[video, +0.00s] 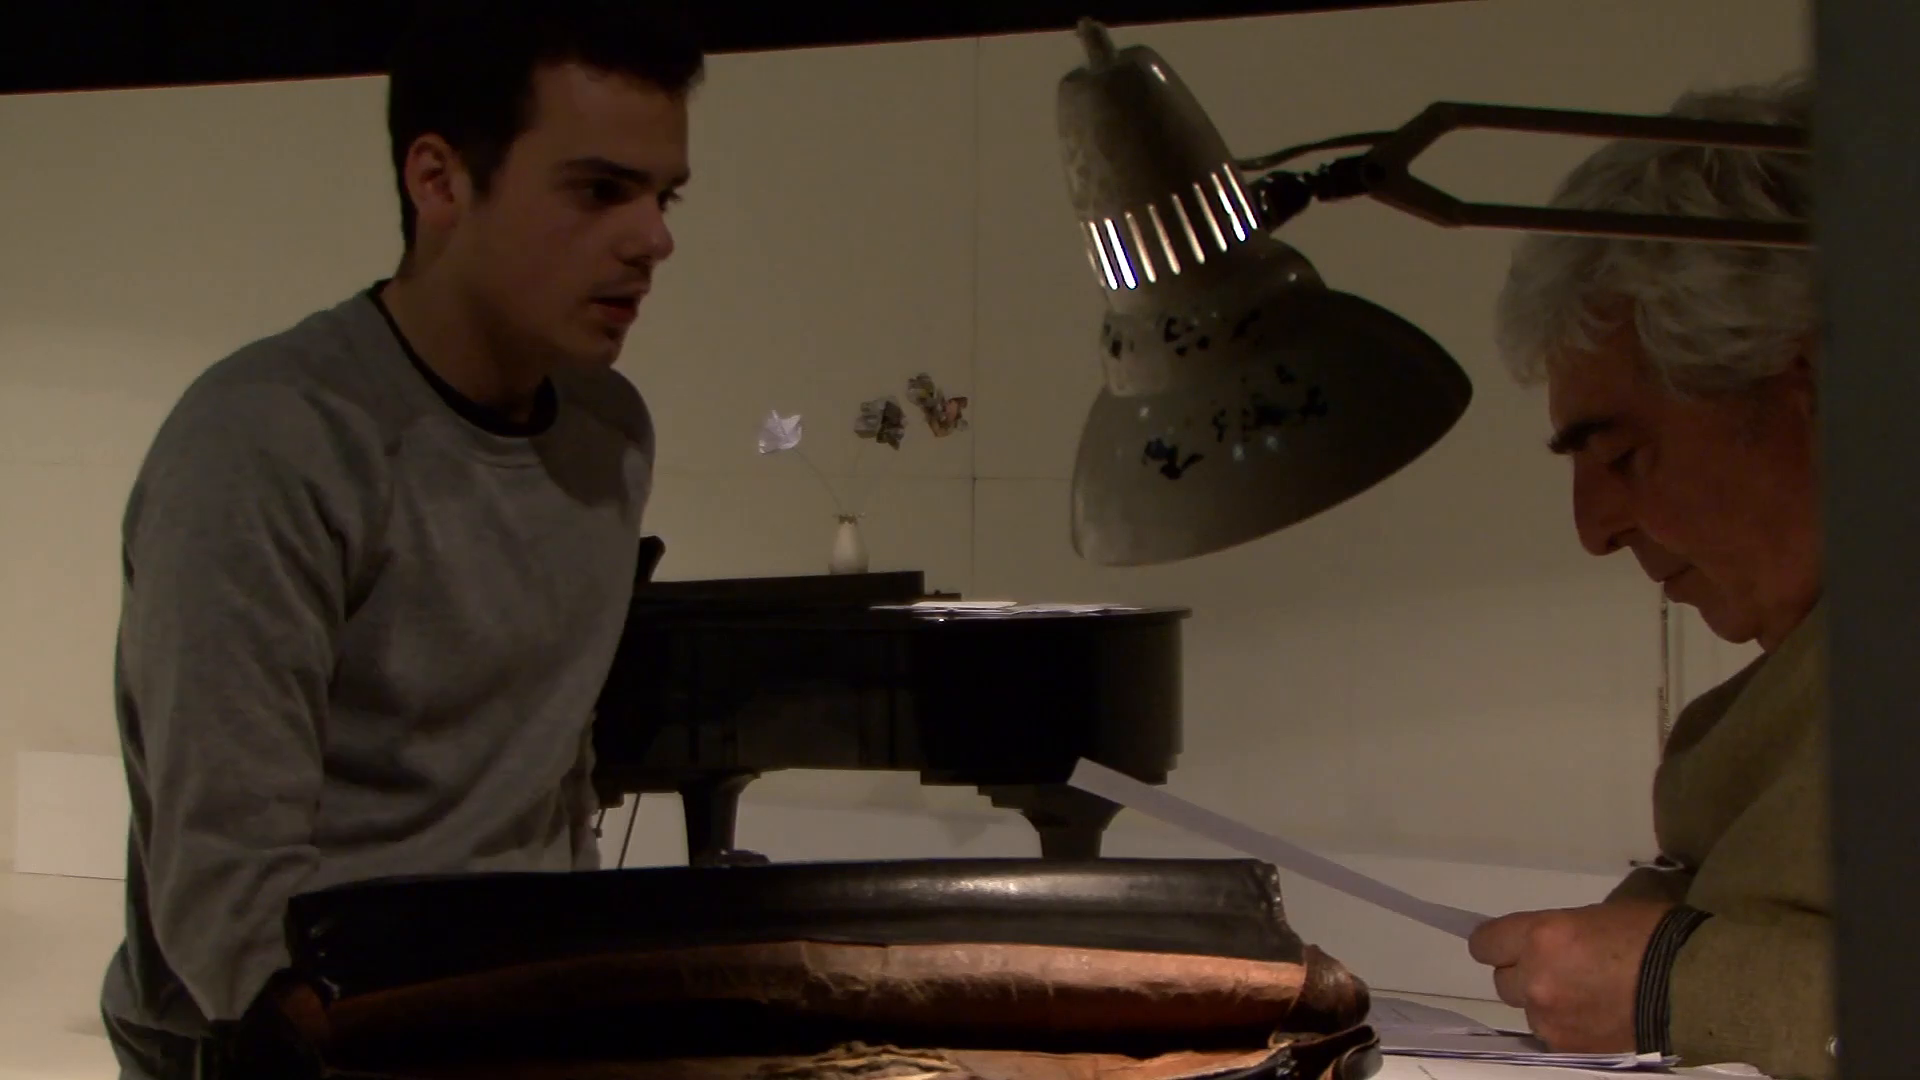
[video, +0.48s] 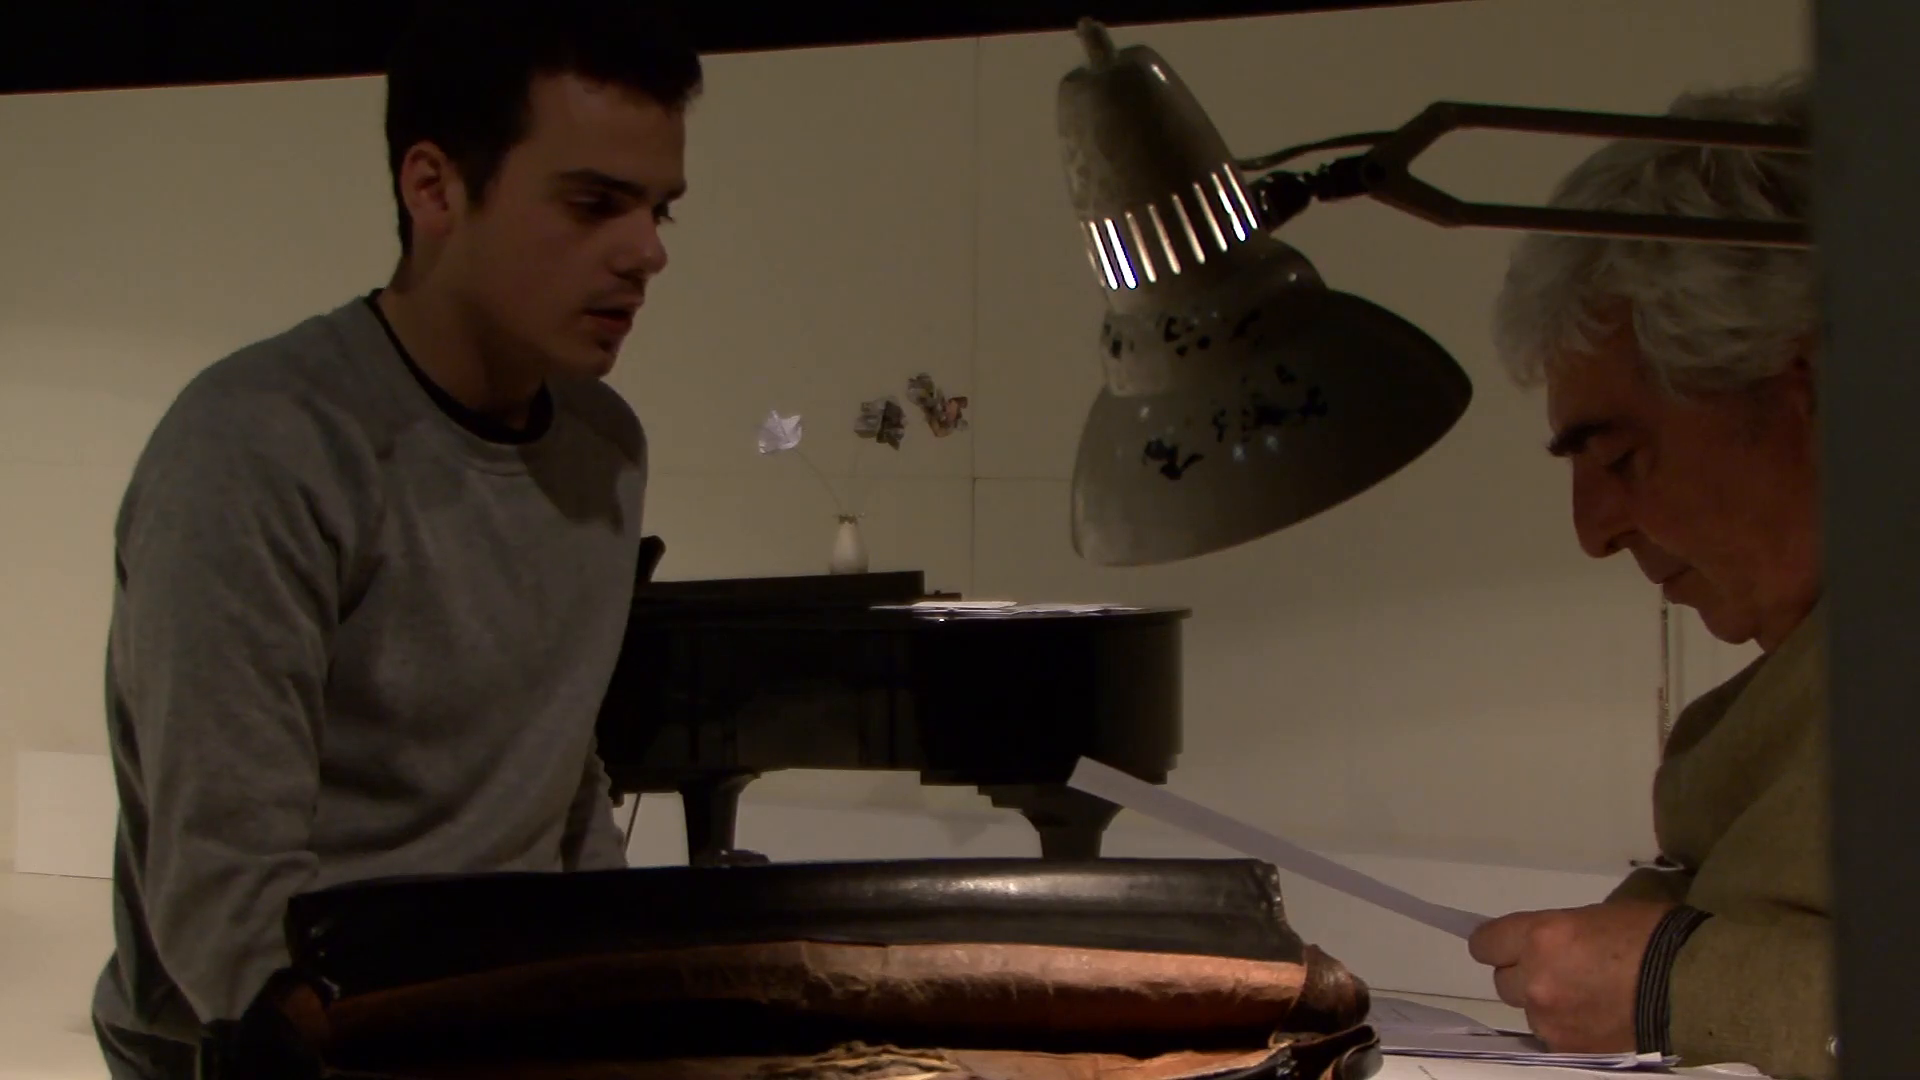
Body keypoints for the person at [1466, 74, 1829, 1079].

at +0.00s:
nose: (1594, 531)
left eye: (1619, 452)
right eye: (1584, 467)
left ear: (1802, 382)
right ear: (1796, 380)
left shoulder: (1876, 659)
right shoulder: (1792, 674)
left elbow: (1894, 1007)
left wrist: (1675, 986)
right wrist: (1652, 928)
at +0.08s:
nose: (1594, 531)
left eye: (1618, 452)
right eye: (1583, 467)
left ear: (1800, 381)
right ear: (1794, 379)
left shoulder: (1874, 656)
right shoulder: (1788, 676)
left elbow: (1892, 1006)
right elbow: (1729, 875)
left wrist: (1675, 985)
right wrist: (1644, 937)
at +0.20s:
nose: (1594, 532)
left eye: (1618, 454)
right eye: (1582, 469)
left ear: (1800, 381)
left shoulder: (1875, 659)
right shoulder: (1789, 678)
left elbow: (1893, 1007)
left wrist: (1675, 985)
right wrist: (1650, 933)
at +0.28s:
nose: (1594, 532)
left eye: (1618, 454)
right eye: (1582, 469)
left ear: (1799, 381)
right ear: (1794, 380)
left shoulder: (1874, 659)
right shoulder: (1789, 678)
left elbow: (1892, 1006)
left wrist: (1675, 985)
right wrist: (1650, 932)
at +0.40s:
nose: (1594, 533)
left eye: (1618, 455)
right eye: (1582, 470)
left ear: (1799, 382)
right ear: (1792, 381)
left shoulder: (1873, 659)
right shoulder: (1787, 681)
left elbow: (1890, 1007)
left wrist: (1676, 985)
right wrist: (1651, 931)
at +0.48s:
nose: (1594, 533)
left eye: (1617, 454)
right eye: (1582, 469)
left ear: (1798, 383)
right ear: (1791, 382)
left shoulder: (1872, 660)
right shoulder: (1788, 680)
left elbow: (1891, 1007)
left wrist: (1674, 984)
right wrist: (1652, 932)